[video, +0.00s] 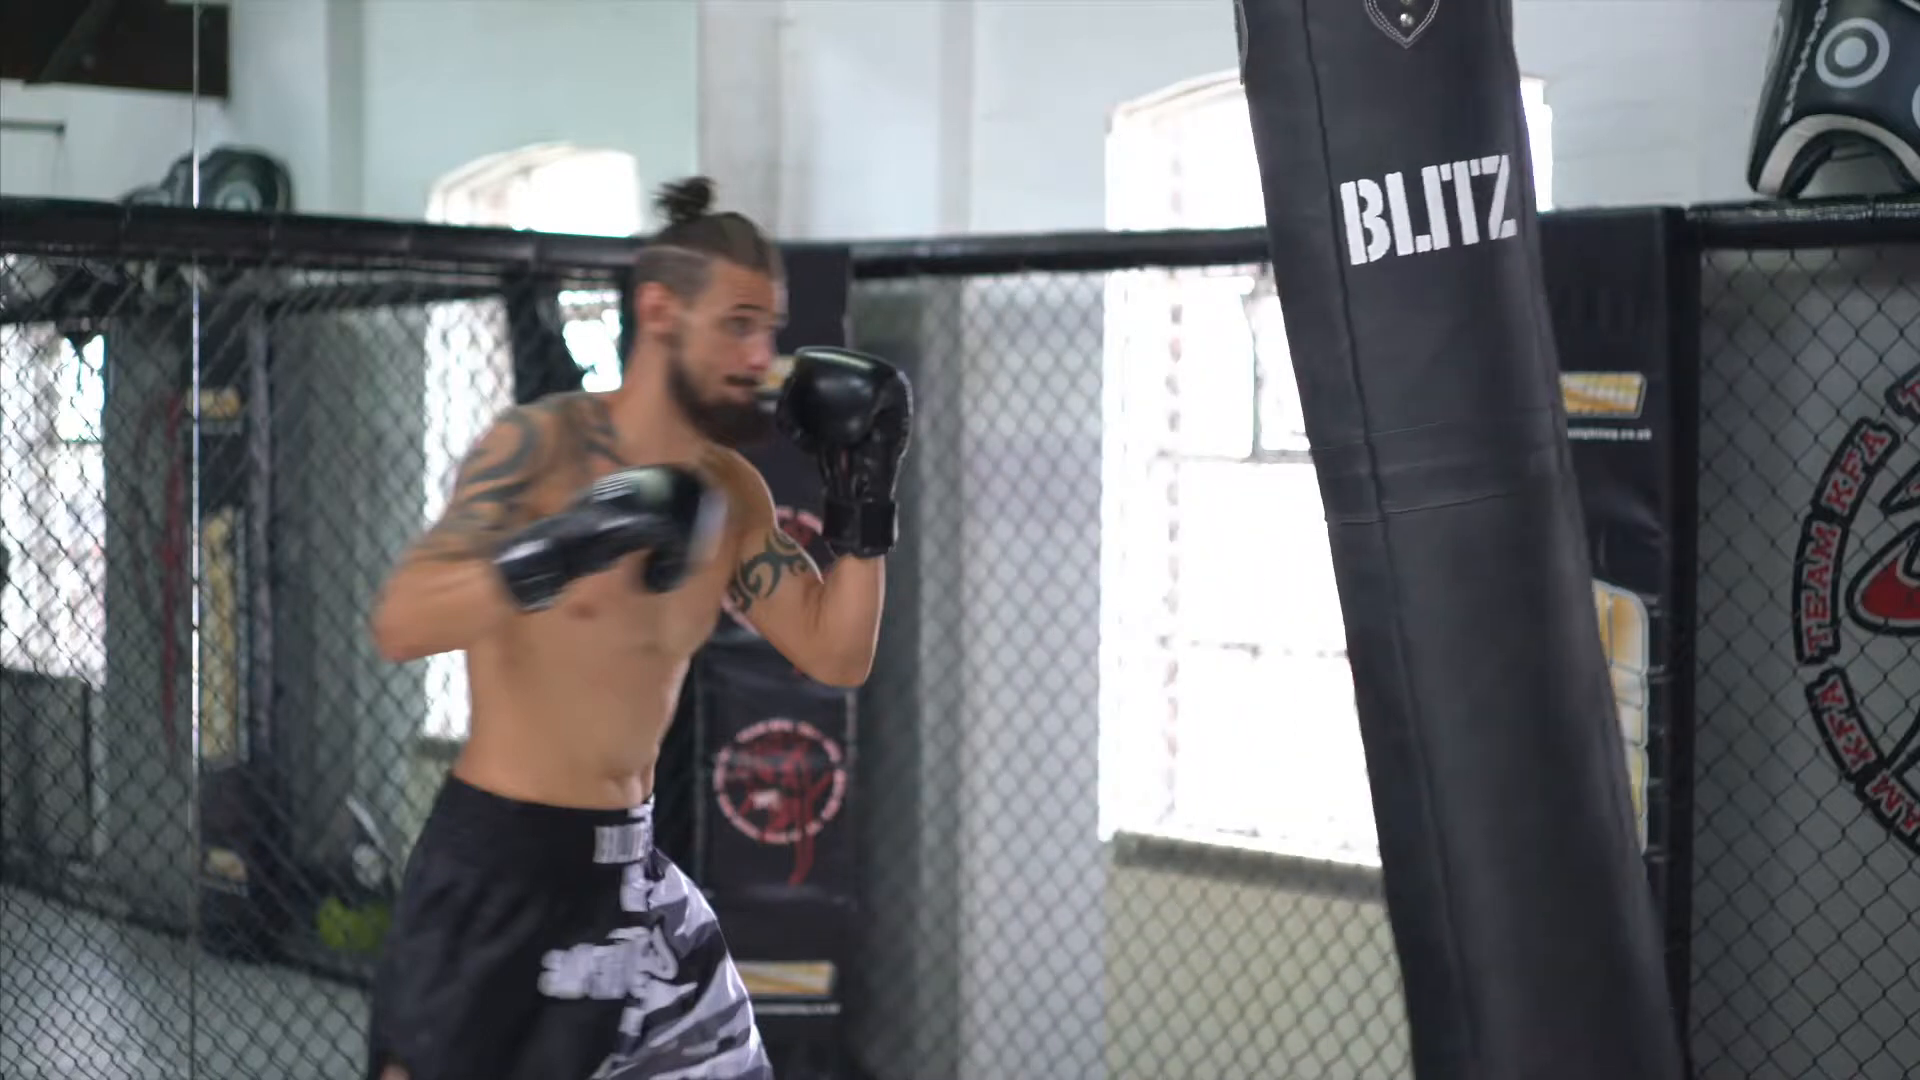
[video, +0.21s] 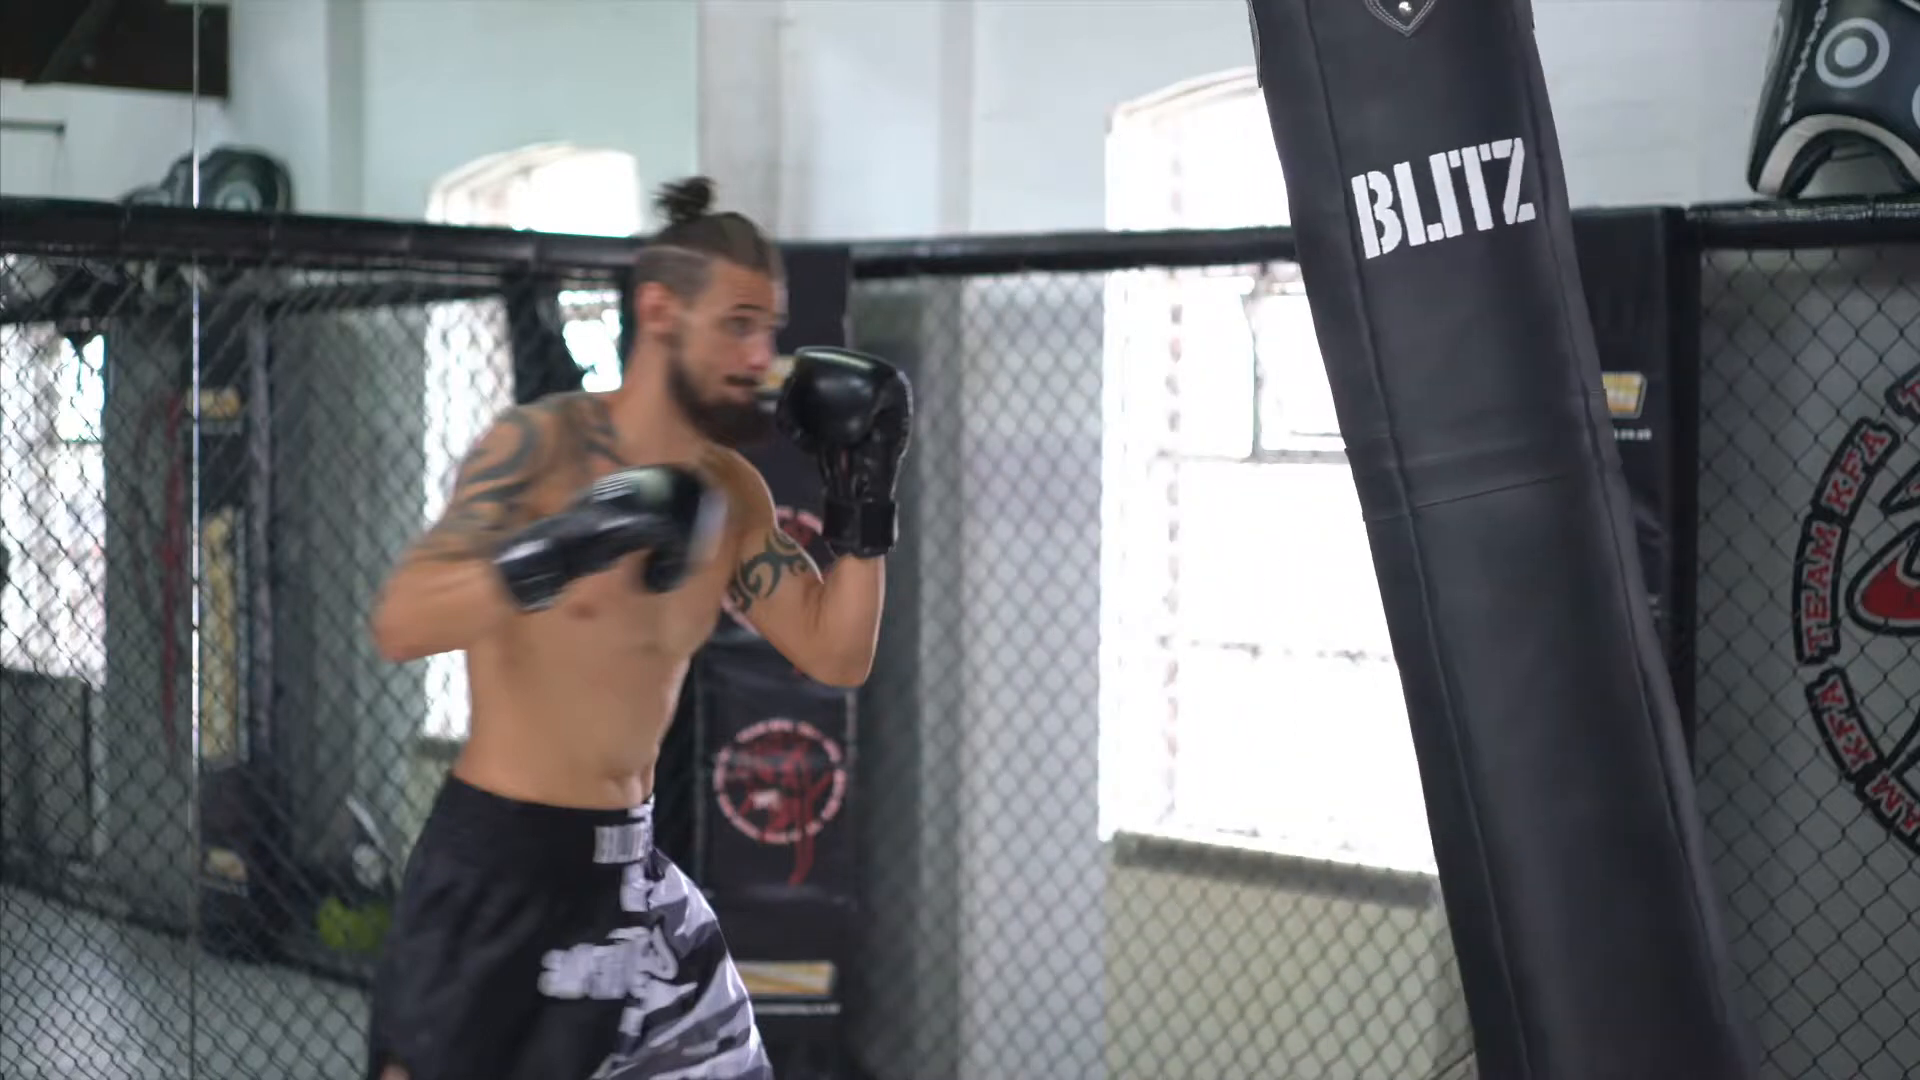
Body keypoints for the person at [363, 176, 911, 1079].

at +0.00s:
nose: (762, 358)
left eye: (772, 332)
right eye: (739, 326)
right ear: (656, 310)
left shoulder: (733, 492)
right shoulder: (540, 439)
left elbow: (839, 655)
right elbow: (401, 623)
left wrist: (865, 483)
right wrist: (568, 547)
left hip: (636, 867)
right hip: (500, 866)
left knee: (732, 1066)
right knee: (442, 1065)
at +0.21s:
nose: (762, 358)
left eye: (772, 332)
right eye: (739, 326)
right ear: (656, 310)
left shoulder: (733, 492)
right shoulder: (540, 439)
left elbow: (839, 655)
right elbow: (401, 623)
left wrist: (865, 483)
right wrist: (568, 547)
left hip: (636, 867)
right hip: (500, 866)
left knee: (732, 1066)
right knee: (442, 1065)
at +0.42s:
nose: (762, 358)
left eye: (772, 332)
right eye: (739, 326)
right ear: (656, 310)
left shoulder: (733, 492)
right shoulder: (540, 439)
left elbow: (839, 655)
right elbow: (401, 623)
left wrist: (865, 483)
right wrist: (568, 547)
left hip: (636, 867)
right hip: (500, 866)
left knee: (732, 1066)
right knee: (442, 1065)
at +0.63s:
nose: (762, 358)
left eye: (772, 332)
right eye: (739, 326)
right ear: (656, 310)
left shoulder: (733, 492)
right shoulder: (540, 439)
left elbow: (839, 655)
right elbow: (401, 623)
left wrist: (865, 482)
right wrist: (568, 547)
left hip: (635, 867)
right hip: (499, 867)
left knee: (732, 1066)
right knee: (440, 1065)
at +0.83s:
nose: (762, 358)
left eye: (772, 332)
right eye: (739, 326)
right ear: (656, 310)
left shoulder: (733, 492)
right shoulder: (540, 439)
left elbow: (839, 655)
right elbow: (401, 623)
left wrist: (865, 482)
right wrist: (568, 547)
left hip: (635, 867)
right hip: (499, 866)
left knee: (732, 1066)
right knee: (440, 1065)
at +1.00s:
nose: (762, 358)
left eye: (772, 332)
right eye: (739, 326)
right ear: (656, 310)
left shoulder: (733, 492)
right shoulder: (539, 439)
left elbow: (839, 655)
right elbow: (401, 623)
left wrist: (865, 483)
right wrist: (568, 547)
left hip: (636, 867)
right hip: (500, 866)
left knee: (732, 1066)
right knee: (442, 1065)